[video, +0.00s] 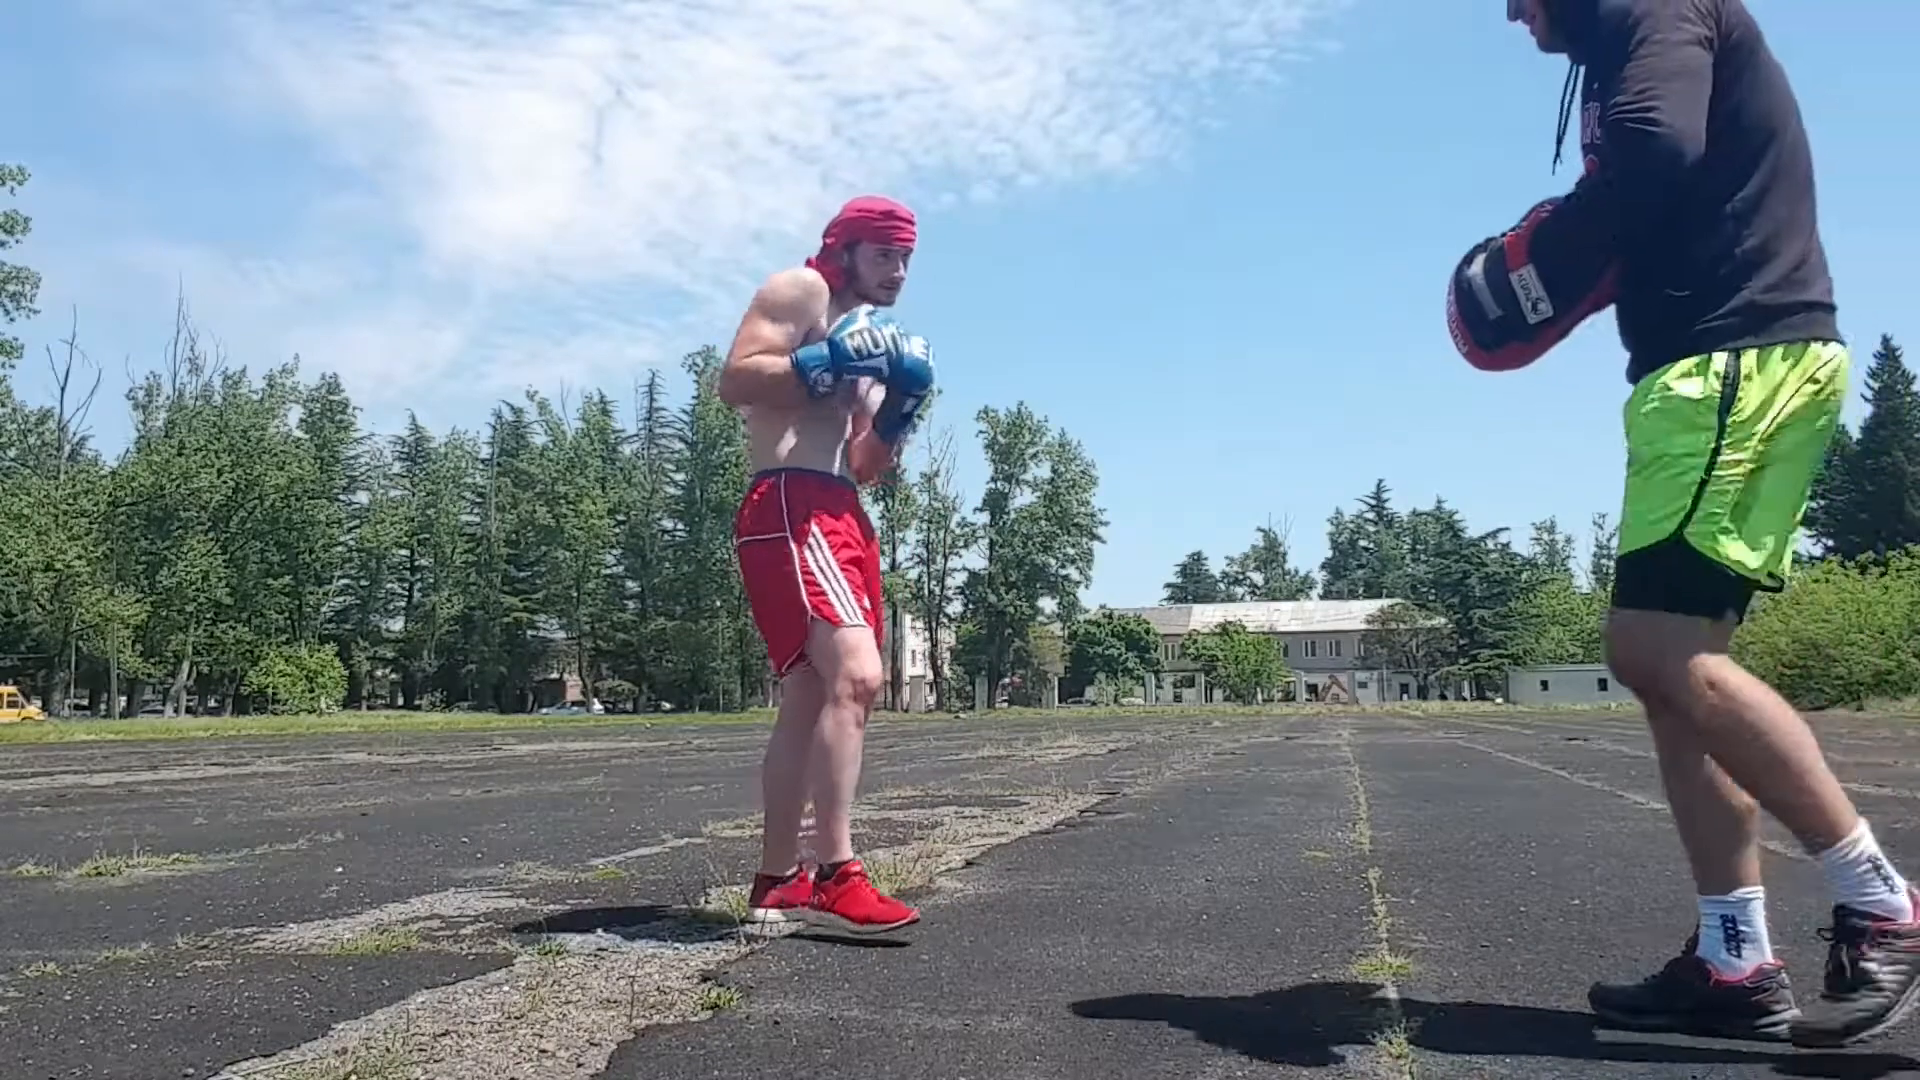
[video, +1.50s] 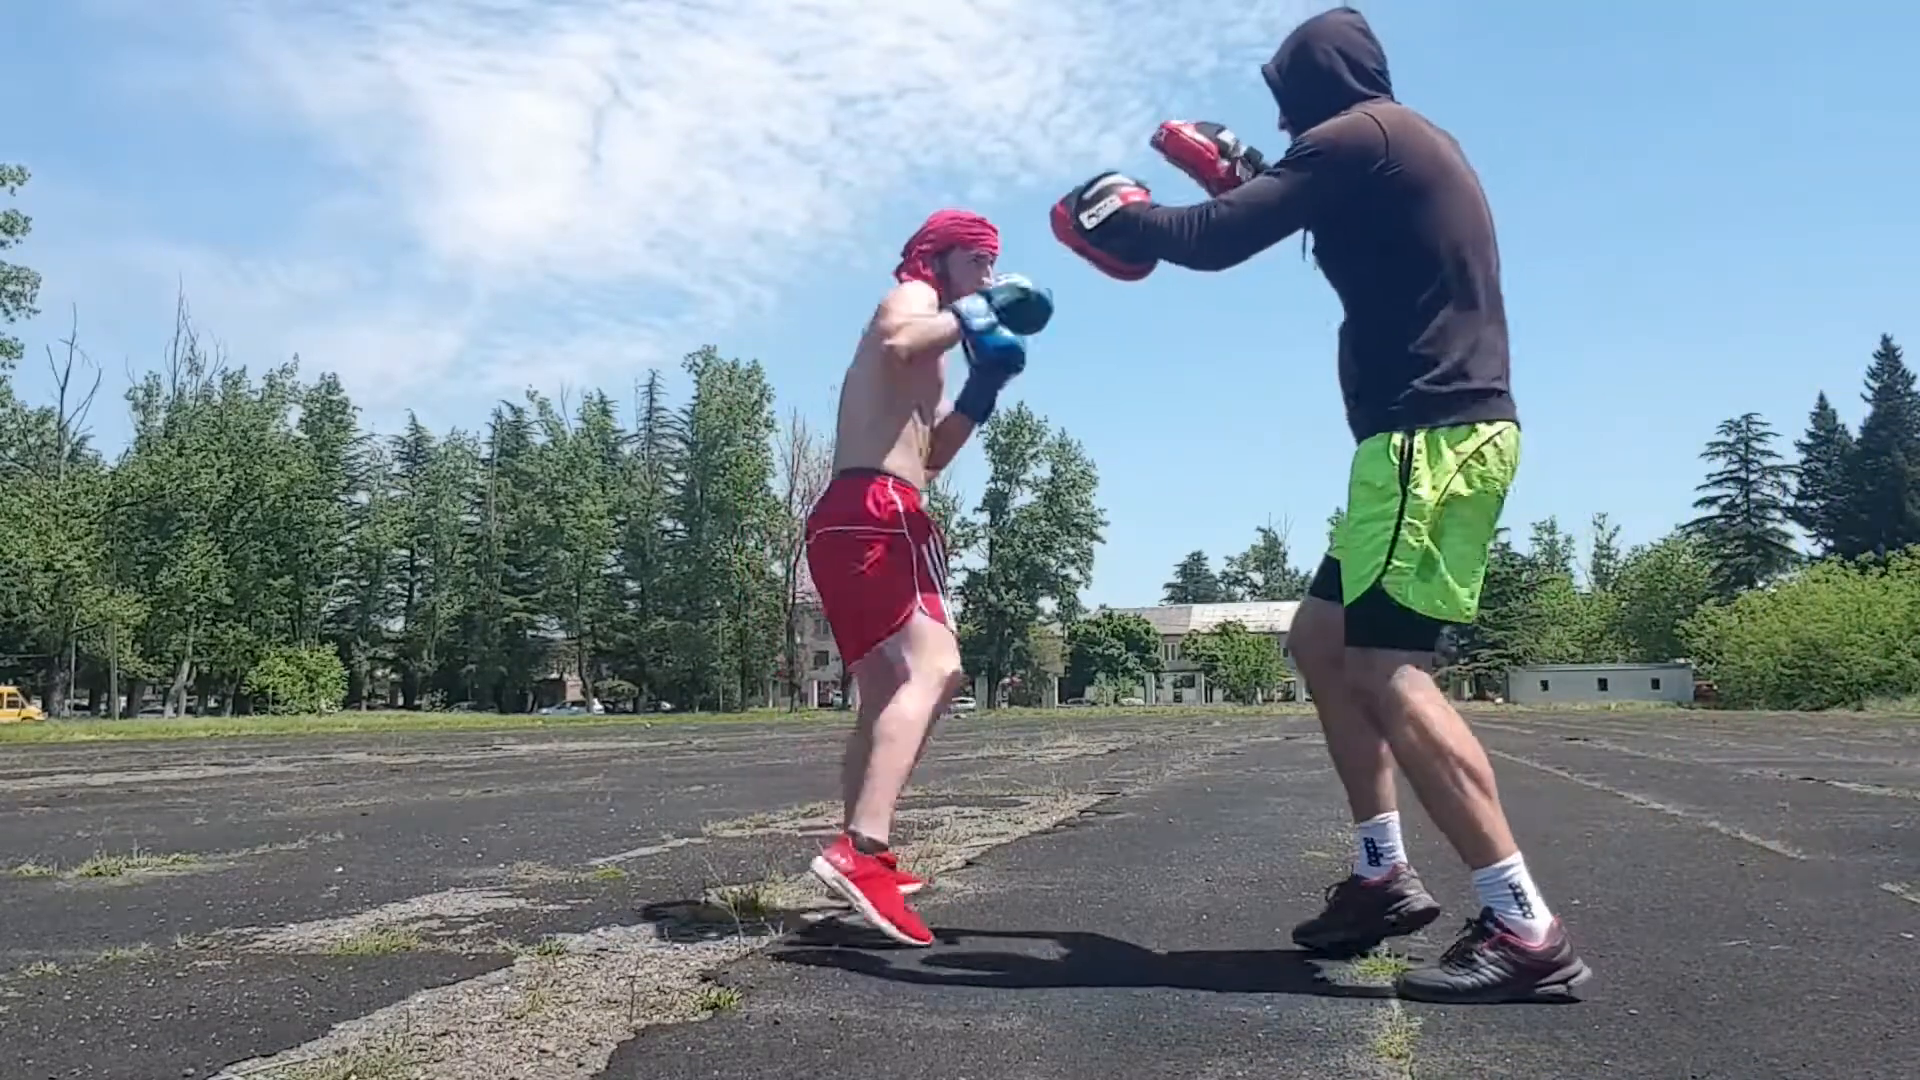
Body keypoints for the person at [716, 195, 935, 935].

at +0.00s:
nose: (899, 271)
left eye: (906, 259)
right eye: (886, 256)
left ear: (903, 264)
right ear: (842, 252)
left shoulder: (867, 339)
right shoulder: (801, 290)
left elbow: (864, 469)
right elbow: (733, 381)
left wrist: (897, 413)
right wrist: (827, 358)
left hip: (842, 517)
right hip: (792, 508)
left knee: (804, 701)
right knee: (855, 677)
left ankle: (778, 878)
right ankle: (835, 873)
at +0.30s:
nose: (917, 263)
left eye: (924, 252)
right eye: (905, 247)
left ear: (918, 262)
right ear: (859, 246)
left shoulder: (879, 338)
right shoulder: (806, 323)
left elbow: (892, 452)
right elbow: (824, 431)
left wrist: (934, 393)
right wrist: (889, 384)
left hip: (857, 516)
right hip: (807, 514)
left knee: (880, 698)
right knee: (843, 697)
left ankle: (795, 850)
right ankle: (839, 887)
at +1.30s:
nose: (960, 294)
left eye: (962, 283)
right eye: (947, 281)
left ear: (945, 292)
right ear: (905, 284)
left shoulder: (933, 368)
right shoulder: (863, 340)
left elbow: (950, 463)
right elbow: (878, 429)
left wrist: (980, 389)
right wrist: (969, 419)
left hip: (895, 536)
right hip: (851, 532)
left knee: (912, 697)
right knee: (937, 667)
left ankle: (850, 859)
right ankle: (878, 841)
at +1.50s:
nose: (990, 276)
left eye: (992, 265)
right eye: (979, 261)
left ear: (964, 270)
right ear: (937, 258)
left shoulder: (926, 351)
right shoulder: (909, 296)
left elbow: (931, 456)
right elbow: (900, 341)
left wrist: (984, 386)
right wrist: (976, 311)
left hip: (867, 519)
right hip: (872, 511)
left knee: (884, 697)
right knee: (934, 667)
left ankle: (859, 852)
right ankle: (865, 845)